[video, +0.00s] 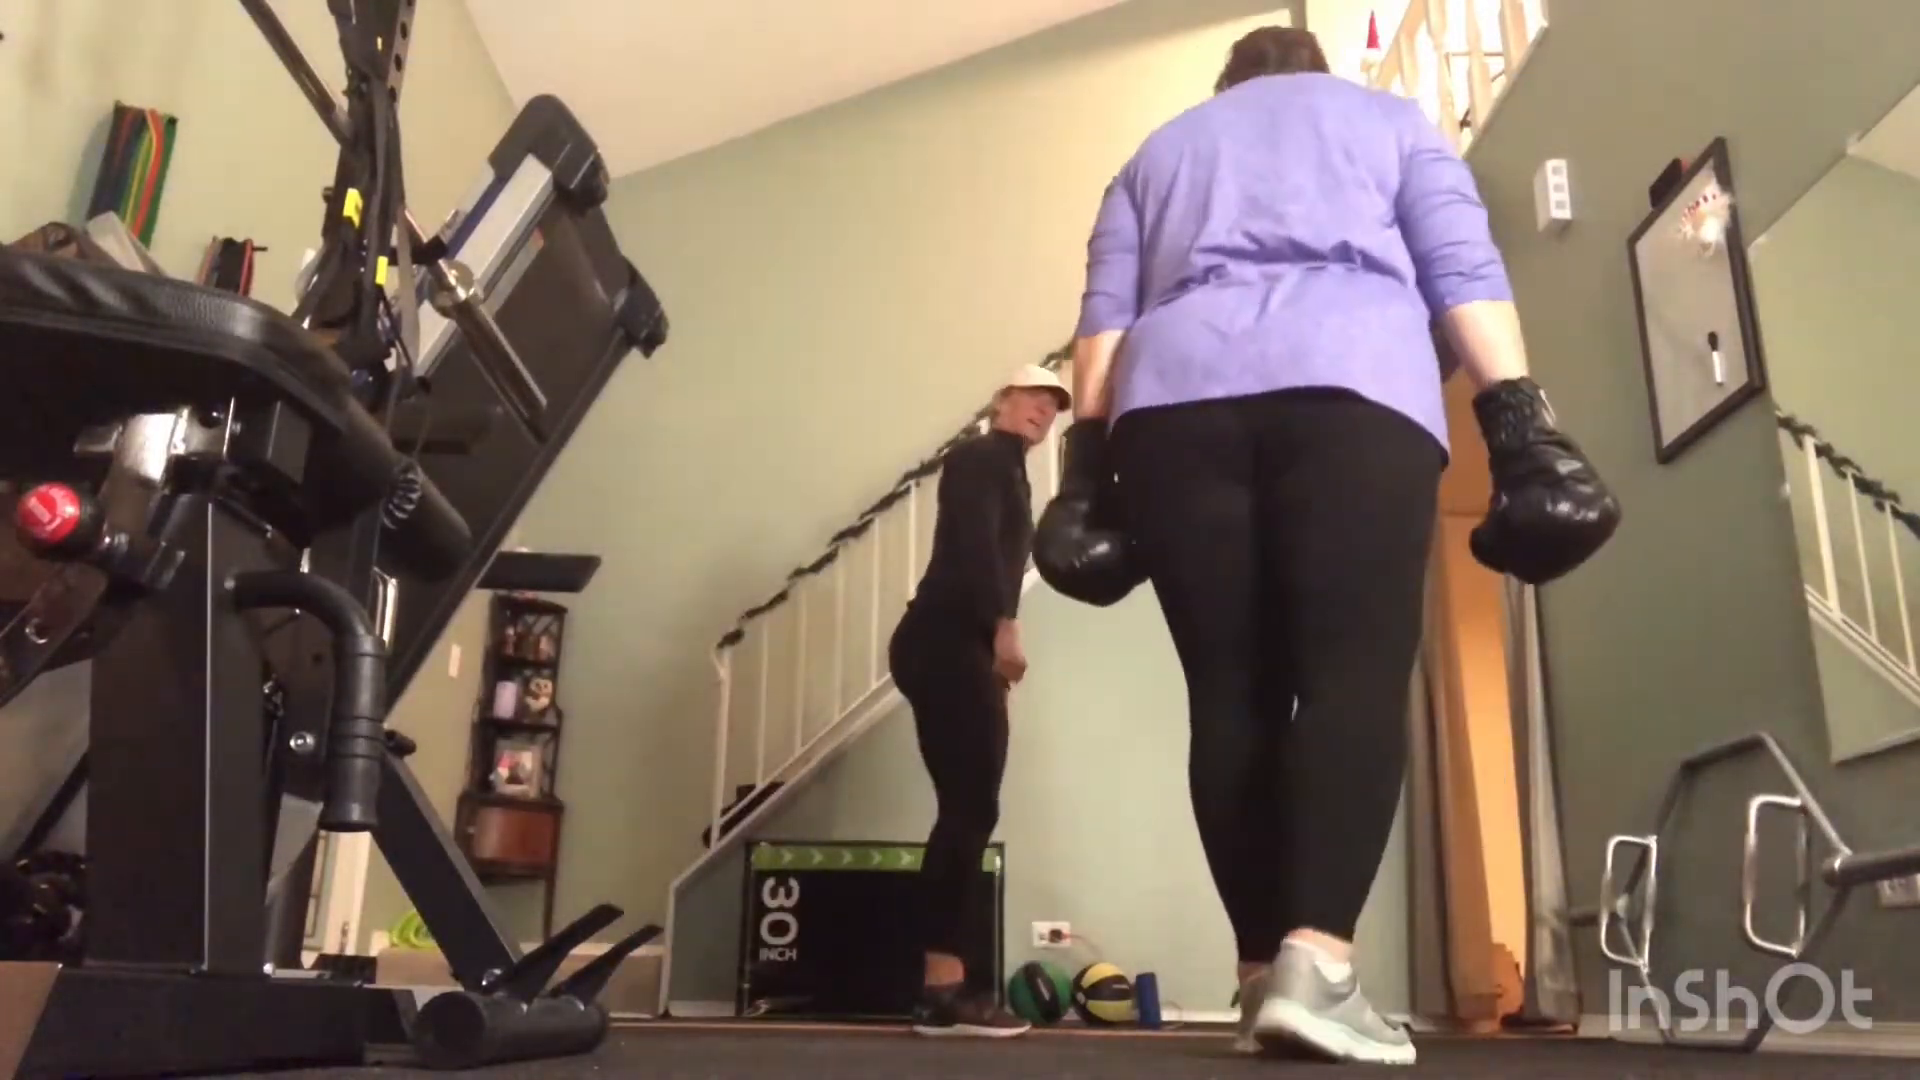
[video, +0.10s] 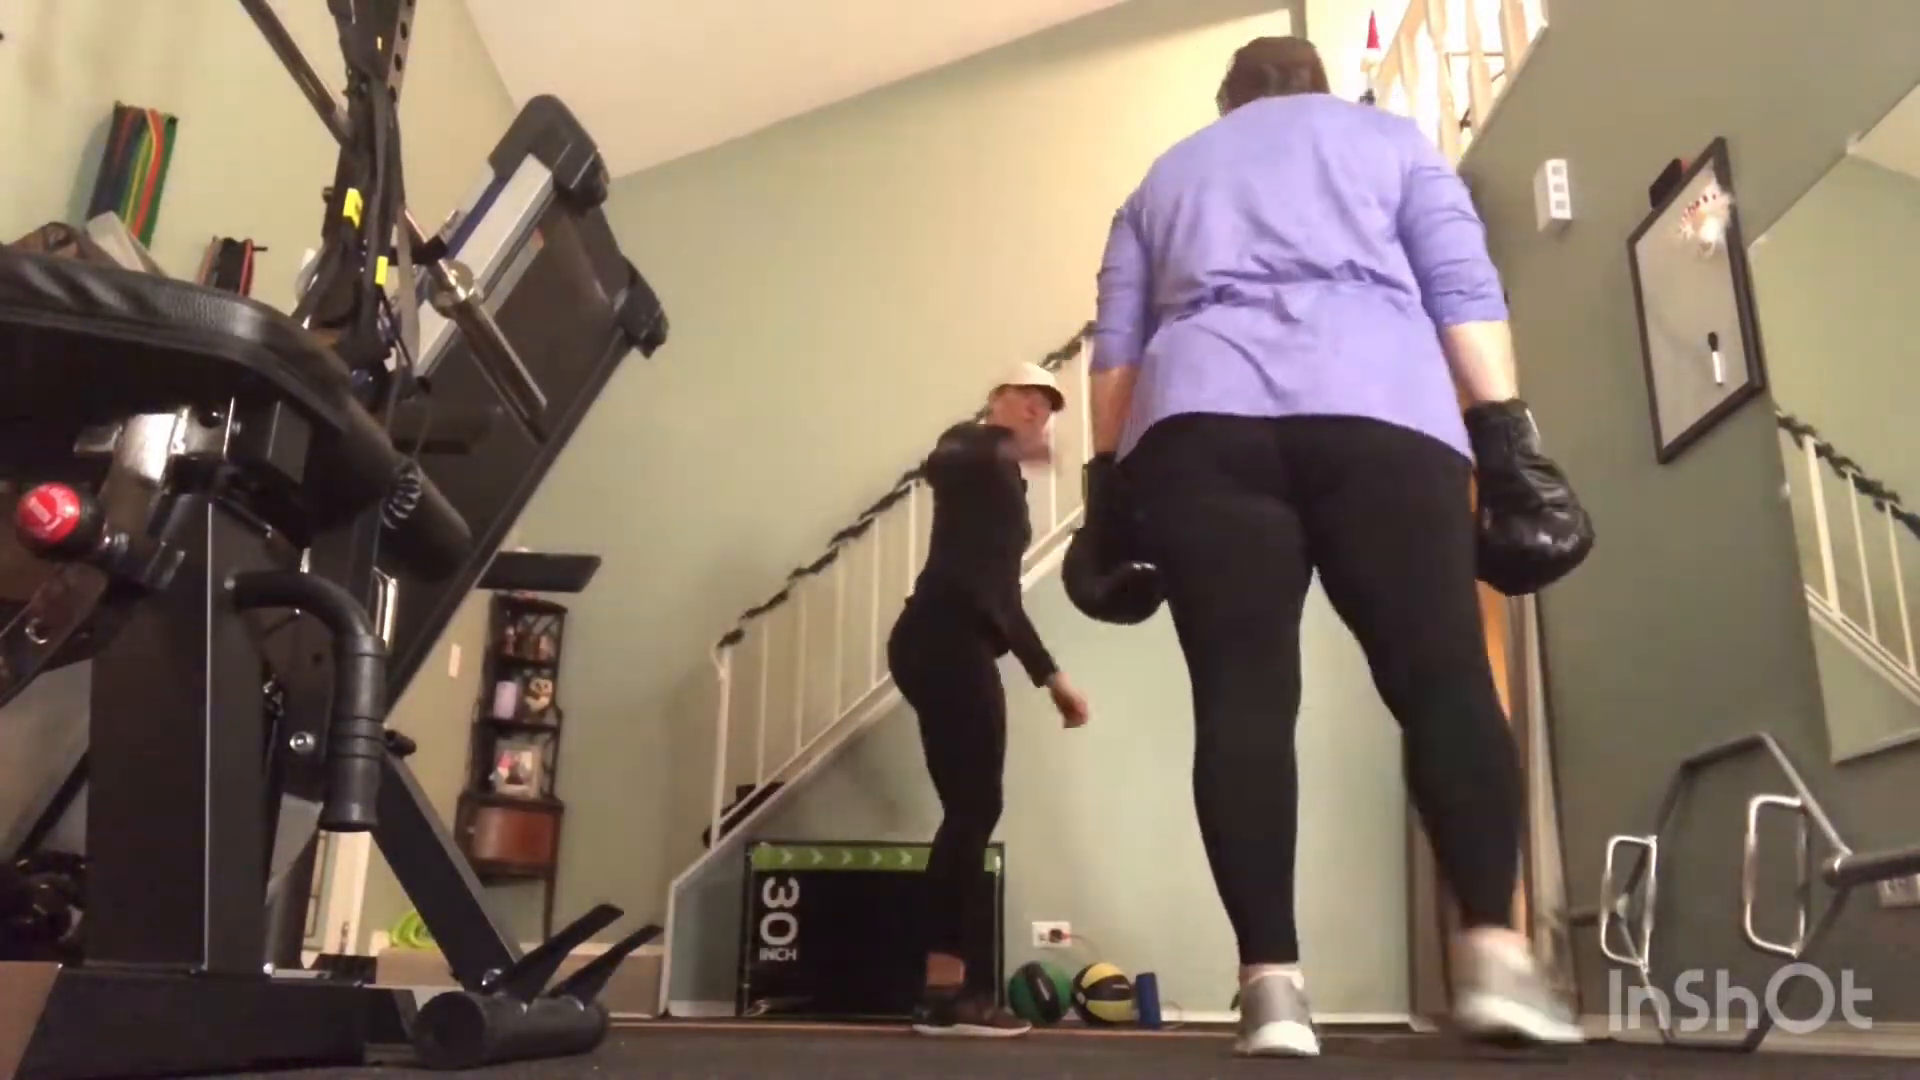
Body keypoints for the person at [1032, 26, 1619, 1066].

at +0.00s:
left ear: (1223, 87)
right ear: (1327, 73)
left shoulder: (1153, 152)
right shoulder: (1394, 118)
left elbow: (1102, 323)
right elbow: (1461, 265)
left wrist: (1083, 475)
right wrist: (1525, 433)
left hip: (1175, 409)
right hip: (1359, 393)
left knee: (1227, 700)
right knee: (1353, 673)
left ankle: (1269, 982)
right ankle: (1316, 966)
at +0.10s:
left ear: (1225, 101)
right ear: (1327, 87)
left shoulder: (1161, 176)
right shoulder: (1395, 137)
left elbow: (1114, 352)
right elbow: (1462, 285)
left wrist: (1106, 504)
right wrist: (1513, 456)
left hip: (1199, 426)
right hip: (1384, 417)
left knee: (1241, 705)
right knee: (1446, 678)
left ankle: (1272, 990)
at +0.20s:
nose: (1292, 109)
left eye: (1293, 96)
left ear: (1301, 97)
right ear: (1405, 90)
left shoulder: (1256, 161)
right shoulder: (1495, 156)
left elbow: (1207, 306)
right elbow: (1558, 298)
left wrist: (1168, 467)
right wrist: (1588, 470)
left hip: (1299, 426)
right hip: (1484, 429)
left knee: (1290, 709)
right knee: (1505, 705)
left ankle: (1279, 981)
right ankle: (1537, 985)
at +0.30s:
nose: (1329, 130)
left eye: (1331, 117)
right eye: (1335, 114)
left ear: (1347, 109)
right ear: (1439, 102)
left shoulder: (1325, 148)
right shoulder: (1542, 167)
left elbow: (1284, 280)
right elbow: (1606, 334)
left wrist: (1241, 430)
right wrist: (1639, 492)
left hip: (1366, 416)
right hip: (1546, 428)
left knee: (1344, 698)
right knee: (1534, 707)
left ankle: (1347, 966)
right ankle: (1543, 983)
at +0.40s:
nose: (1293, 141)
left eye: (1297, 127)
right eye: (1299, 126)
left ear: (1315, 117)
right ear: (1407, 114)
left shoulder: (1293, 162)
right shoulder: (1513, 178)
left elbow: (1257, 301)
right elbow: (1576, 351)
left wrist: (1221, 456)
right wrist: (1590, 510)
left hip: (1362, 417)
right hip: (1538, 432)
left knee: (1376, 712)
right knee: (1520, 695)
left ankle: (1416, 985)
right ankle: (1546, 937)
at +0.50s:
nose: (1326, 176)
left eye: (1327, 162)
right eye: (1325, 164)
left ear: (1350, 140)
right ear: (1426, 134)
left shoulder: (1349, 173)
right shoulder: (1531, 207)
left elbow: (1325, 315)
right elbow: (1582, 365)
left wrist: (1267, 464)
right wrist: (1603, 530)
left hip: (1411, 445)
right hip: (1563, 458)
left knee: (1398, 715)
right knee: (1554, 722)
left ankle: (1417, 982)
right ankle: (1632, 981)